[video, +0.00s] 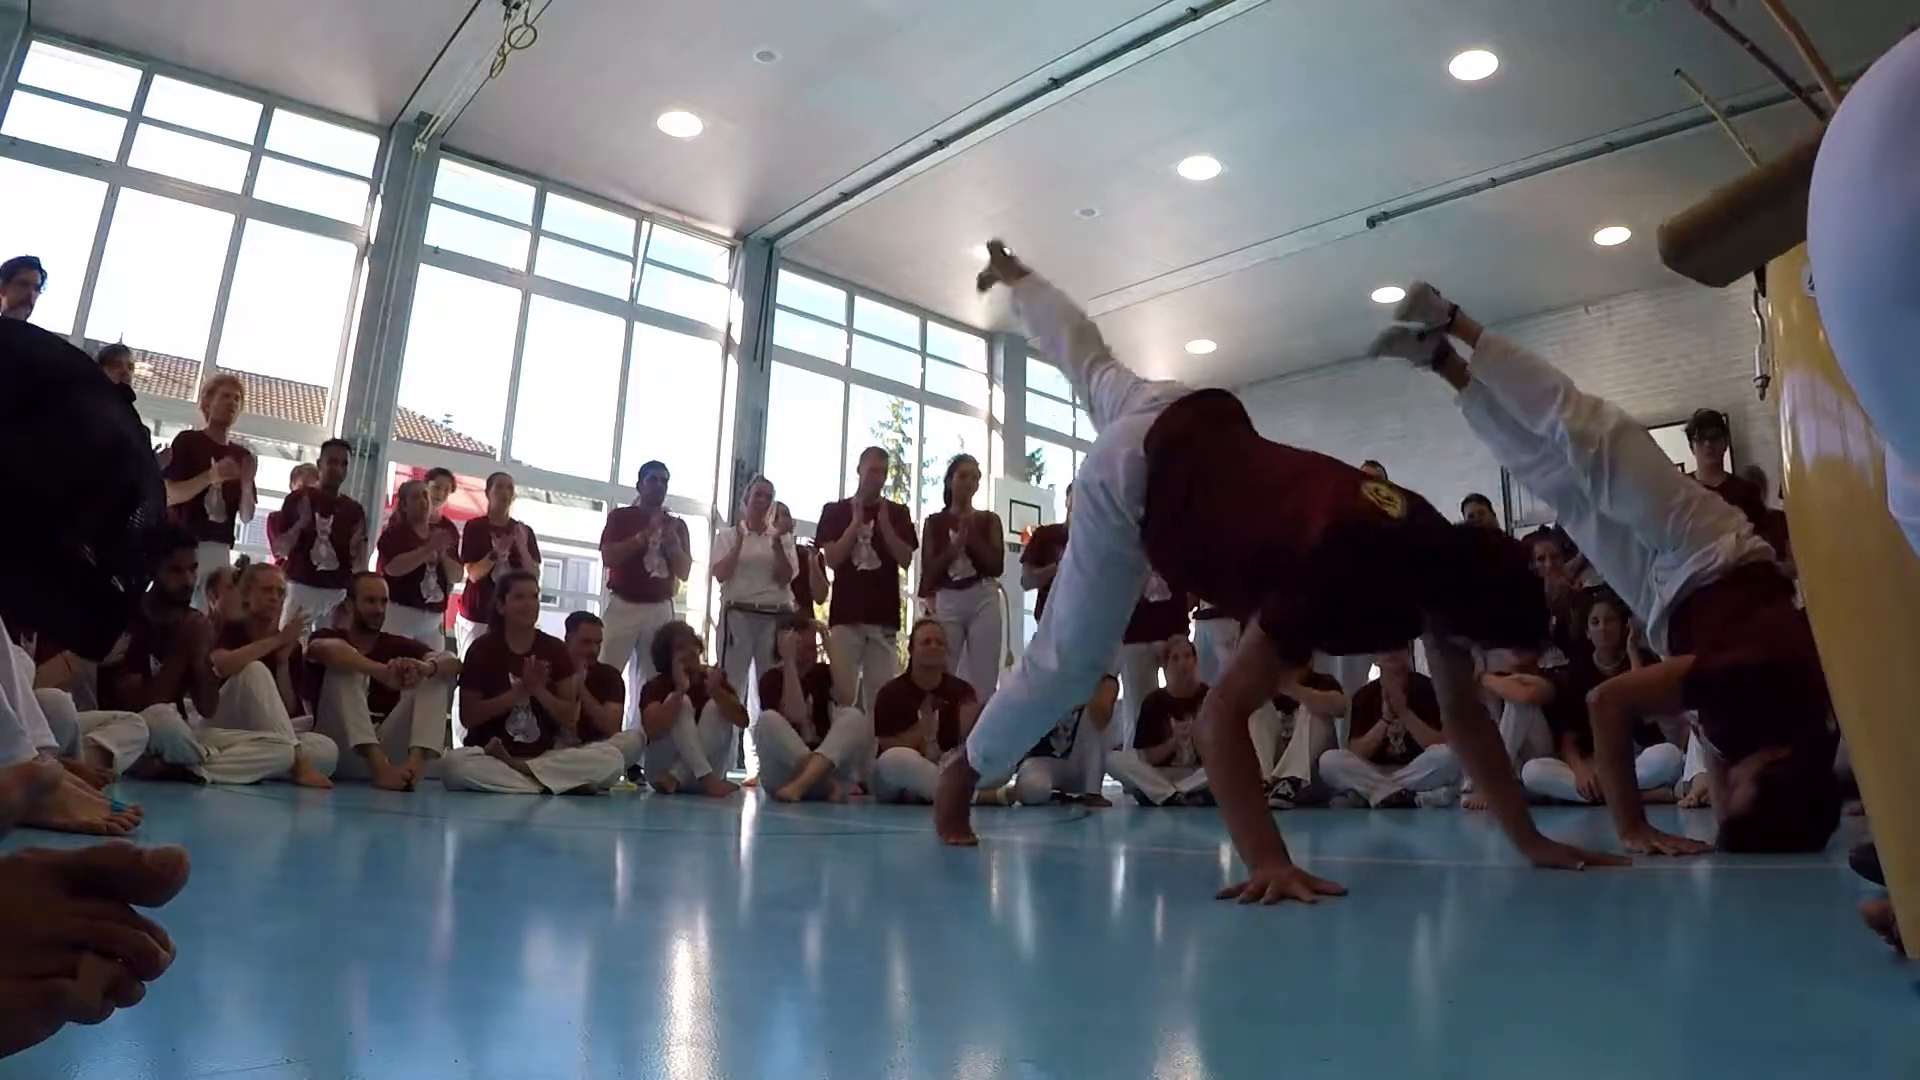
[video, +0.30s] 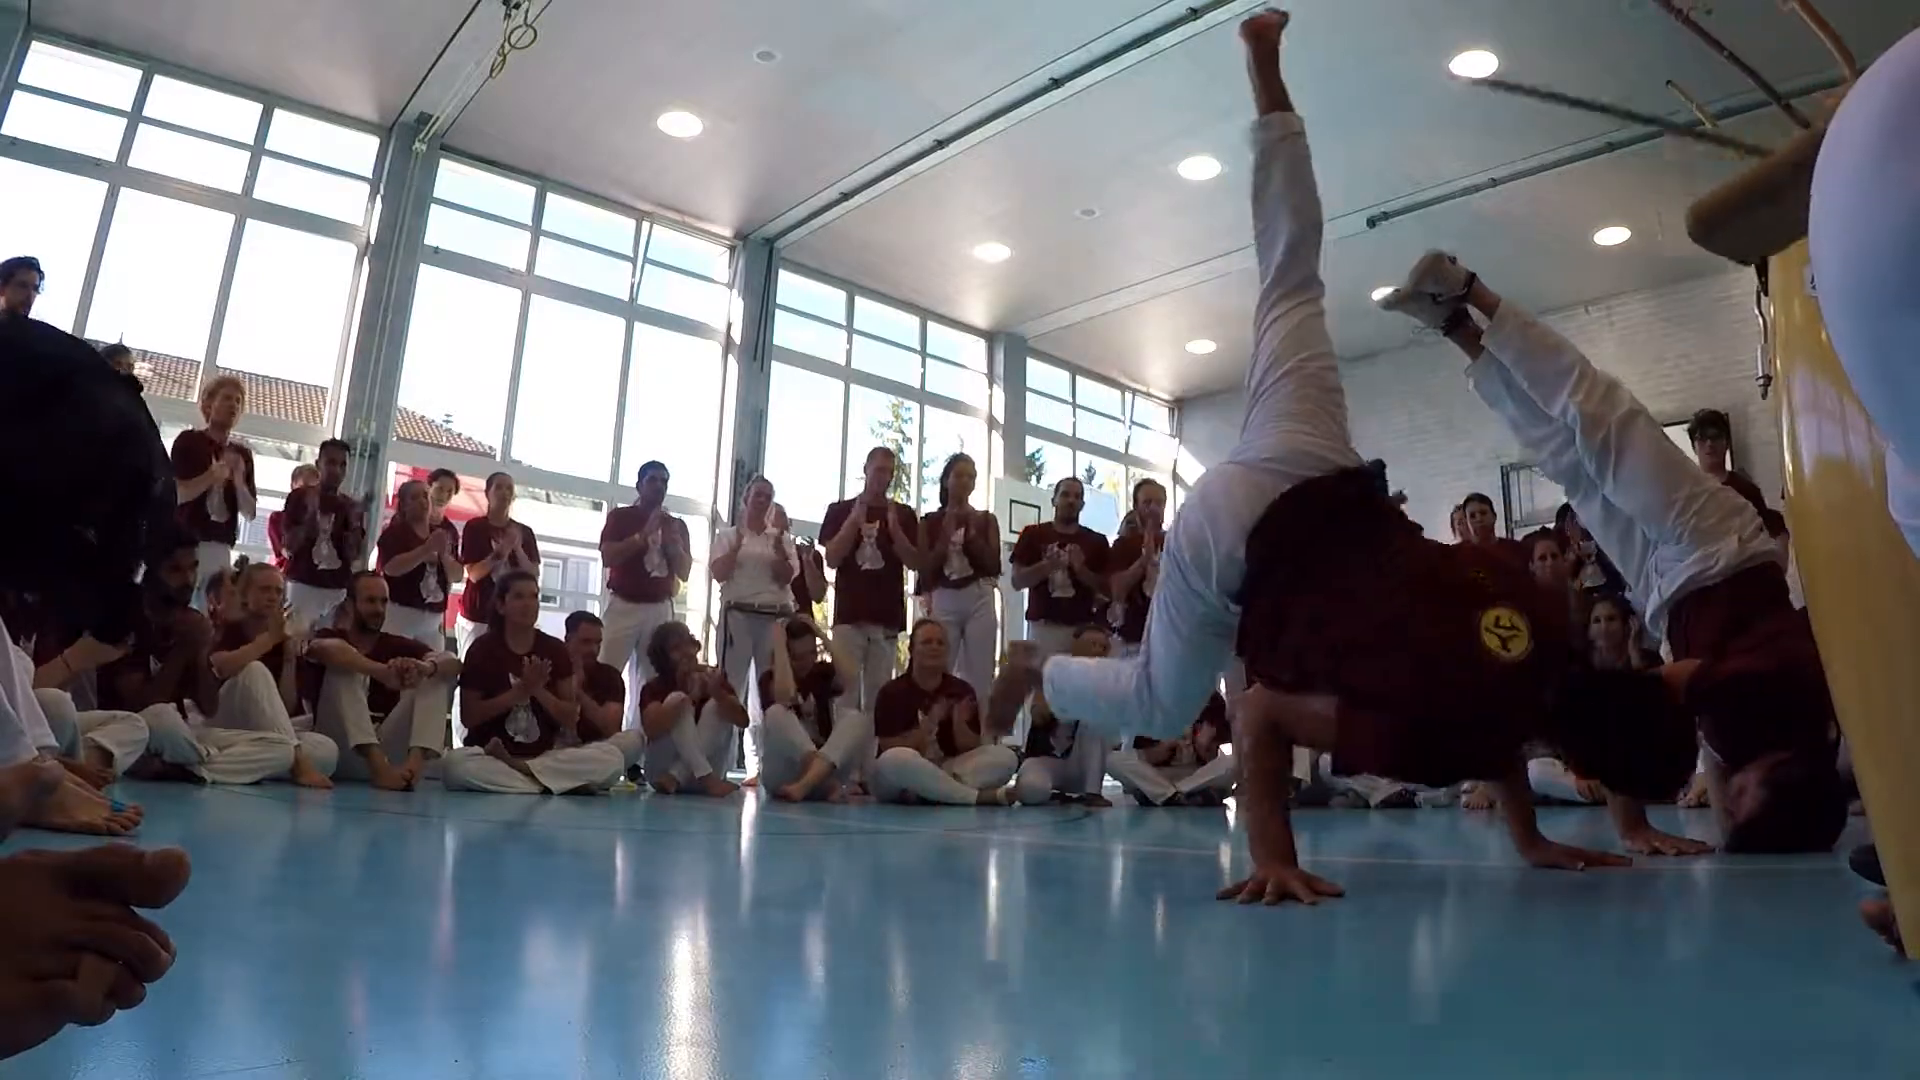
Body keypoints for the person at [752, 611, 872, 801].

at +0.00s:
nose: (812, 650)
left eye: (814, 646)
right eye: (806, 646)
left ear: (817, 646)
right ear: (784, 648)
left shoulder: (823, 672)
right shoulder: (771, 678)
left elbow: (846, 698)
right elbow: (797, 715)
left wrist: (829, 646)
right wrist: (789, 661)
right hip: (785, 778)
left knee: (854, 717)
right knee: (768, 719)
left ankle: (801, 784)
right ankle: (829, 785)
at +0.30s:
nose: (806, 662)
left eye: (811, 654)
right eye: (798, 657)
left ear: (816, 651)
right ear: (786, 655)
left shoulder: (822, 673)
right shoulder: (770, 678)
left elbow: (849, 680)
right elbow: (785, 697)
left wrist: (821, 635)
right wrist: (779, 644)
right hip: (785, 777)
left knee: (856, 719)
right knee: (776, 714)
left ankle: (805, 784)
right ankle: (830, 784)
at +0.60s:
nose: (812, 662)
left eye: (816, 654)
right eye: (804, 657)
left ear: (822, 650)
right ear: (790, 655)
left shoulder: (827, 675)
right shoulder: (775, 677)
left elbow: (851, 667)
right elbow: (781, 692)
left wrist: (826, 629)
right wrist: (783, 639)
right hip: (786, 777)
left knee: (860, 720)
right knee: (791, 706)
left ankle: (807, 784)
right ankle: (832, 784)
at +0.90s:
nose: (813, 663)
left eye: (819, 656)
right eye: (806, 656)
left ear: (827, 653)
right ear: (794, 652)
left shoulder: (832, 676)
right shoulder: (778, 675)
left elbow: (853, 675)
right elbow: (785, 689)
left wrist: (836, 636)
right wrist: (789, 640)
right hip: (786, 776)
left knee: (859, 718)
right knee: (794, 702)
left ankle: (809, 783)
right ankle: (826, 782)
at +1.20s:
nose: (813, 665)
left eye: (819, 658)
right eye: (806, 658)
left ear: (828, 655)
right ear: (793, 656)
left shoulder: (834, 678)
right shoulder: (778, 677)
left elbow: (853, 680)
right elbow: (780, 691)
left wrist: (837, 640)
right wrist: (786, 639)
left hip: (832, 778)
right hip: (786, 776)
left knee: (852, 711)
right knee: (793, 701)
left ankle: (810, 784)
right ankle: (825, 782)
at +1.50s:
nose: (811, 665)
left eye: (818, 657)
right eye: (804, 658)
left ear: (828, 655)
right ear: (792, 656)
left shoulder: (835, 678)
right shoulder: (780, 679)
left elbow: (858, 684)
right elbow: (776, 699)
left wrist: (838, 650)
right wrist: (787, 648)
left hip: (832, 778)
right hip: (785, 776)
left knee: (851, 710)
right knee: (796, 700)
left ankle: (812, 785)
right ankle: (824, 783)